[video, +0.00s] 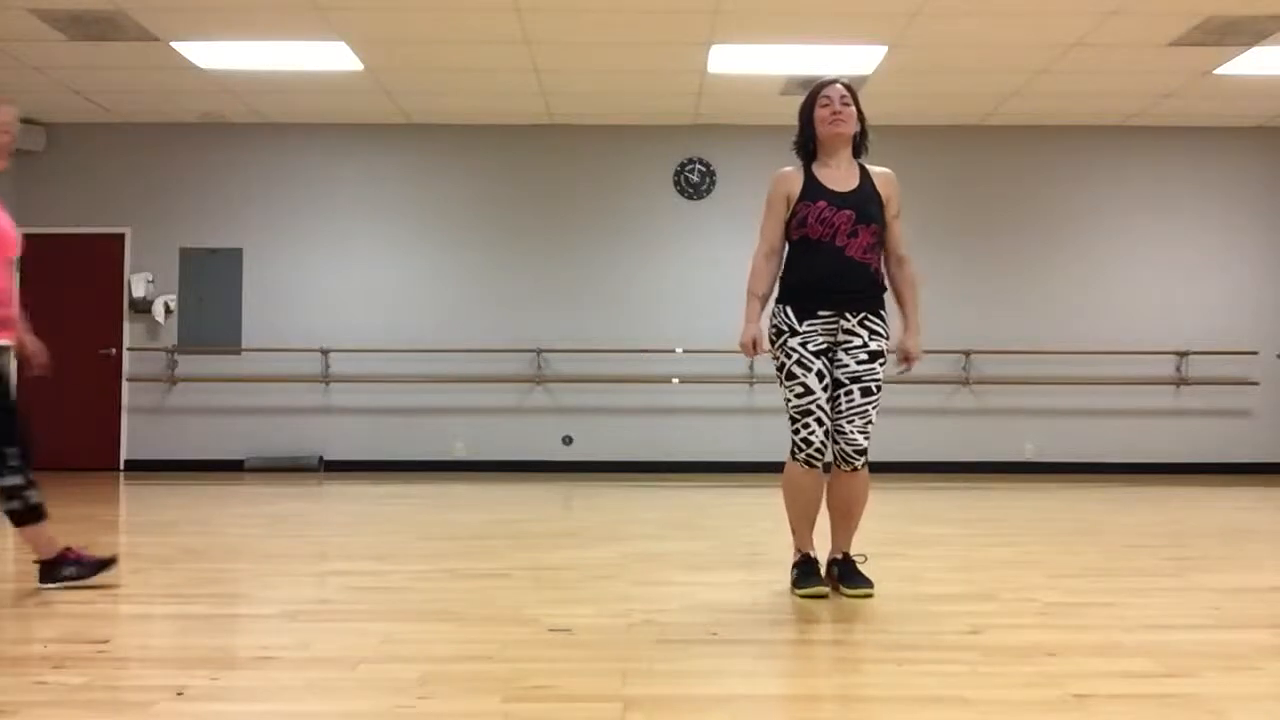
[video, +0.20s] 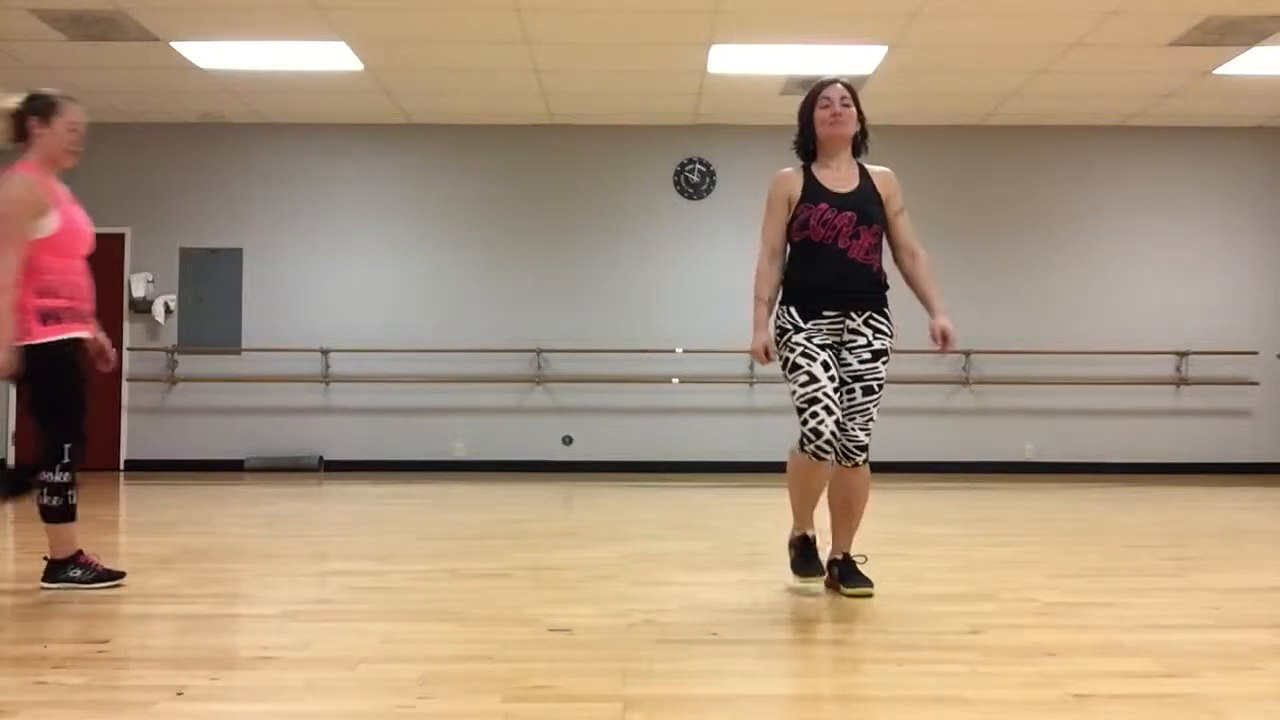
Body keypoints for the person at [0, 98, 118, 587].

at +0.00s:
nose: (9, 140)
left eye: (11, 131)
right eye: (4, 131)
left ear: (15, 138)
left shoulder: (5, 215)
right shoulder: (1, 215)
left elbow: (8, 286)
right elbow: (6, 287)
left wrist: (25, 335)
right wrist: (20, 335)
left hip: (5, 348)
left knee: (9, 449)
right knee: (7, 449)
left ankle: (50, 553)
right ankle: (49, 554)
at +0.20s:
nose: (79, 141)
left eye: (82, 132)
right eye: (71, 131)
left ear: (70, 135)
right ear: (37, 129)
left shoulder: (53, 186)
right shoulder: (22, 185)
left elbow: (66, 273)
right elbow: (8, 270)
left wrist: (90, 329)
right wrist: (8, 341)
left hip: (64, 334)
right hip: (41, 335)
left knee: (63, 440)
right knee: (61, 440)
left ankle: (65, 553)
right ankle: (63, 556)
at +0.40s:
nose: (143, 141)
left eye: (146, 132)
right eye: (135, 130)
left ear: (125, 134)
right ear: (101, 129)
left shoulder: (111, 183)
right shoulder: (90, 182)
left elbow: (116, 263)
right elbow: (98, 264)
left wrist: (145, 308)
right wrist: (148, 324)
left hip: (116, 337)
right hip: (89, 340)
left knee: (170, 428)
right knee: (88, 446)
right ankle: (65, 556)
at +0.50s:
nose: (173, 145)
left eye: (175, 137)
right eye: (165, 136)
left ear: (150, 139)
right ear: (133, 135)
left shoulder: (145, 190)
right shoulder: (121, 189)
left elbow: (154, 273)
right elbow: (141, 272)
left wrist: (185, 324)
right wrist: (200, 315)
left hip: (157, 343)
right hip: (122, 347)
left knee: (195, 436)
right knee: (106, 452)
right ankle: (66, 555)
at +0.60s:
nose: (200, 153)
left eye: (203, 145)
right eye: (193, 143)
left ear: (176, 144)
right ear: (161, 141)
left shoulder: (174, 195)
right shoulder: (150, 195)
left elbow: (188, 274)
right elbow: (175, 277)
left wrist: (222, 319)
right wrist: (239, 319)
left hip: (195, 348)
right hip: (164, 352)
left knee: (230, 439)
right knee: (142, 455)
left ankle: (243, 551)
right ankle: (73, 548)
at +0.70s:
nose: (229, 153)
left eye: (232, 144)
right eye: (222, 142)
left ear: (226, 146)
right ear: (189, 141)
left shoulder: (205, 194)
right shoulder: (182, 195)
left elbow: (207, 274)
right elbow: (197, 273)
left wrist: (239, 327)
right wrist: (251, 325)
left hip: (229, 345)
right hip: (199, 351)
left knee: (251, 443)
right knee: (214, 456)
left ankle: (245, 551)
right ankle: (118, 521)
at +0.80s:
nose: (256, 149)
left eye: (260, 142)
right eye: (248, 139)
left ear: (256, 145)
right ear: (218, 138)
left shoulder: (236, 196)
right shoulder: (204, 193)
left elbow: (247, 273)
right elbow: (215, 275)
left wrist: (266, 334)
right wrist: (248, 339)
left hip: (256, 337)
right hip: (226, 341)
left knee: (265, 444)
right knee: (271, 442)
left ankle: (245, 551)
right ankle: (186, 507)